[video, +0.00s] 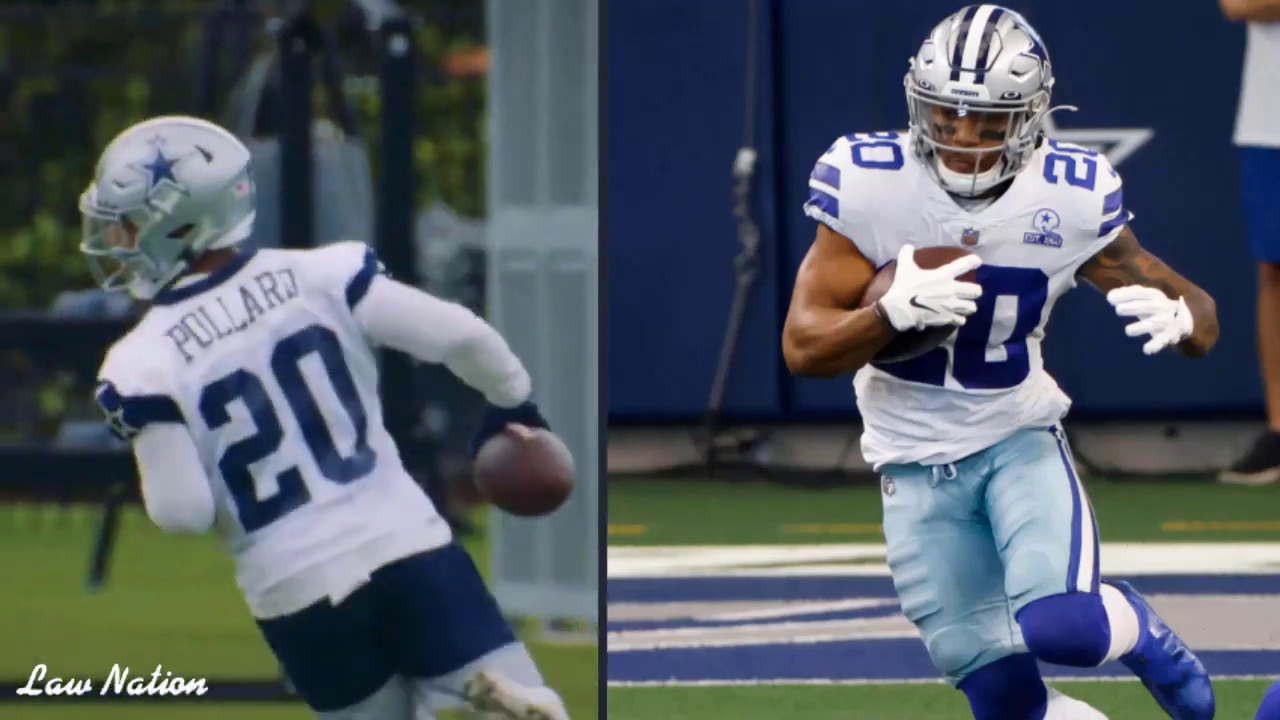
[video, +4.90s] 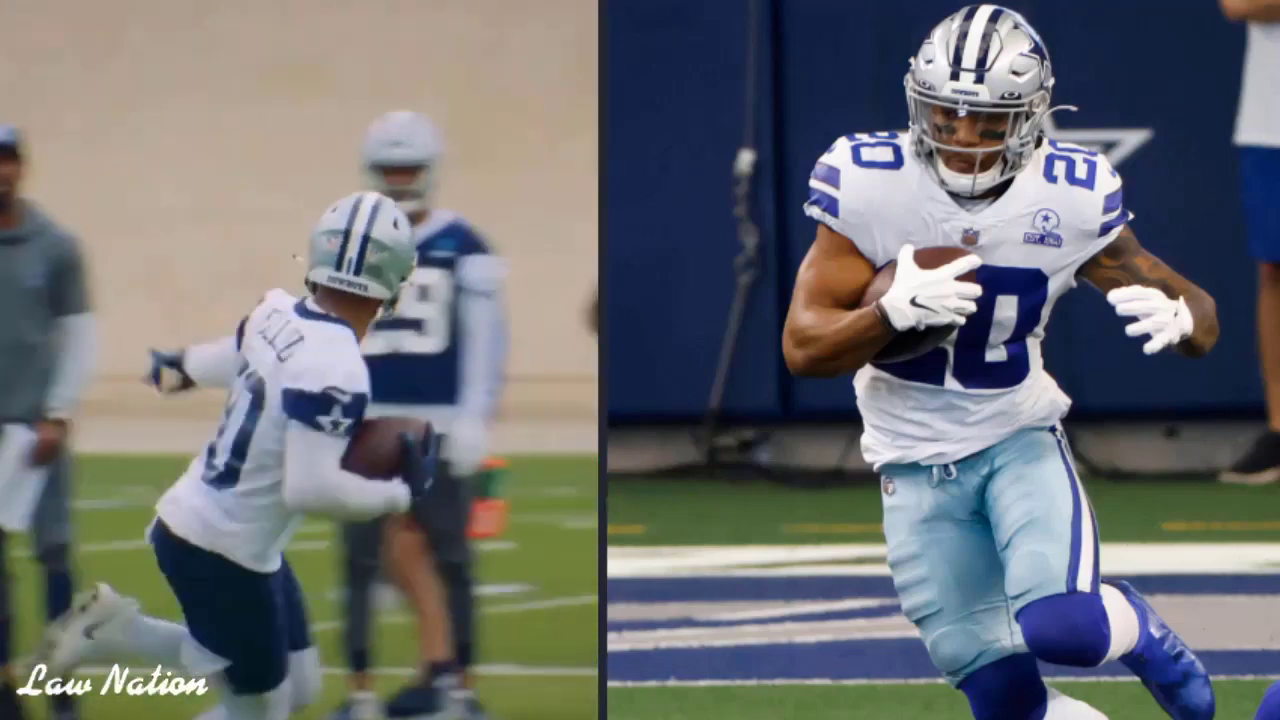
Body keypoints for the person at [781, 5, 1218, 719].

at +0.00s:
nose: (966, 138)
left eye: (988, 121)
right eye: (950, 117)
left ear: (1028, 119)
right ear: (922, 110)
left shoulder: (1071, 194)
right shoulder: (863, 179)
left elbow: (1197, 309)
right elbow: (801, 349)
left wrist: (1181, 319)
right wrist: (887, 313)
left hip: (1018, 437)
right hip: (911, 467)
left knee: (1054, 626)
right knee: (1001, 696)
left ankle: (1142, 633)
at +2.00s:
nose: (966, 138)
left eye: (988, 121)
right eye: (950, 117)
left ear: (1028, 119)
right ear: (922, 110)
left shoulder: (1071, 194)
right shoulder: (863, 179)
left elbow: (1197, 309)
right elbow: (801, 349)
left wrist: (1181, 319)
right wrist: (887, 313)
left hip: (1018, 437)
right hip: (911, 467)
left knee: (1054, 626)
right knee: (1001, 696)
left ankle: (1142, 633)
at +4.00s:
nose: (966, 137)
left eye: (988, 121)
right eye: (950, 117)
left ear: (1027, 118)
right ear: (922, 110)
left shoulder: (1072, 194)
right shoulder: (863, 180)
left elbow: (1197, 310)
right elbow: (801, 350)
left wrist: (1181, 318)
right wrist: (887, 313)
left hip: (1018, 437)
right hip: (911, 467)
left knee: (1054, 626)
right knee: (1001, 697)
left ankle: (1142, 632)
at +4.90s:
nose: (966, 137)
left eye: (988, 121)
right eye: (951, 117)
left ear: (1028, 119)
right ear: (923, 110)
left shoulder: (1071, 194)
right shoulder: (862, 179)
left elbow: (1197, 310)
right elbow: (801, 350)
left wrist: (1181, 319)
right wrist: (887, 312)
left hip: (1018, 437)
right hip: (911, 467)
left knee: (1054, 626)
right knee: (1001, 697)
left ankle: (1142, 632)